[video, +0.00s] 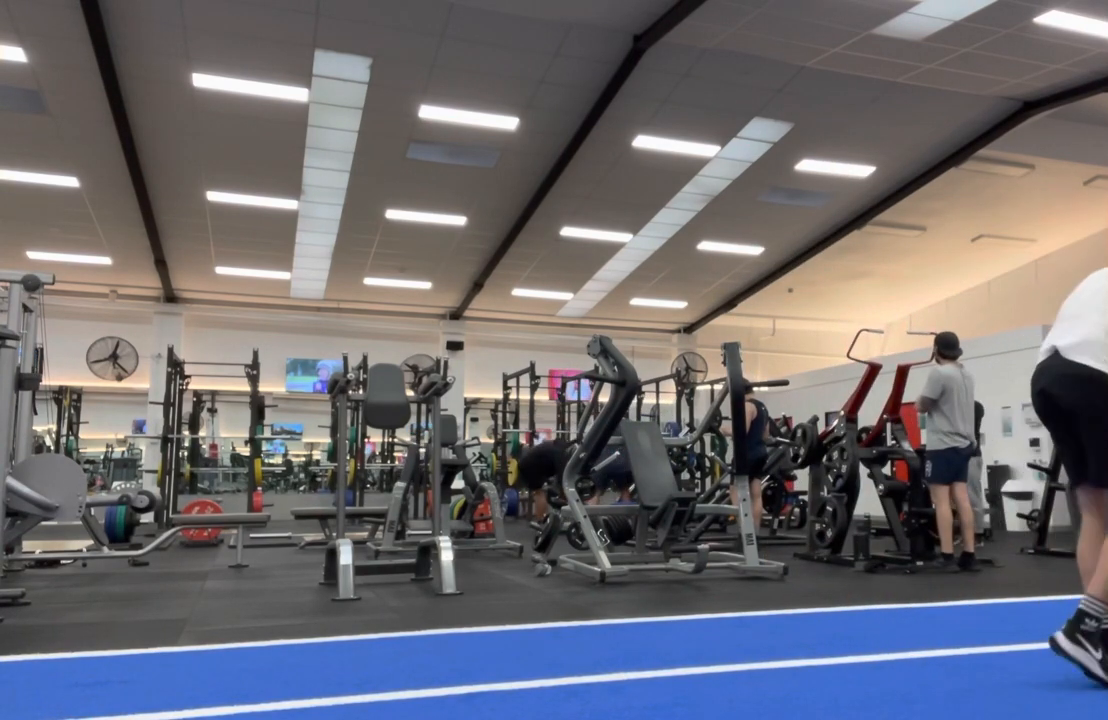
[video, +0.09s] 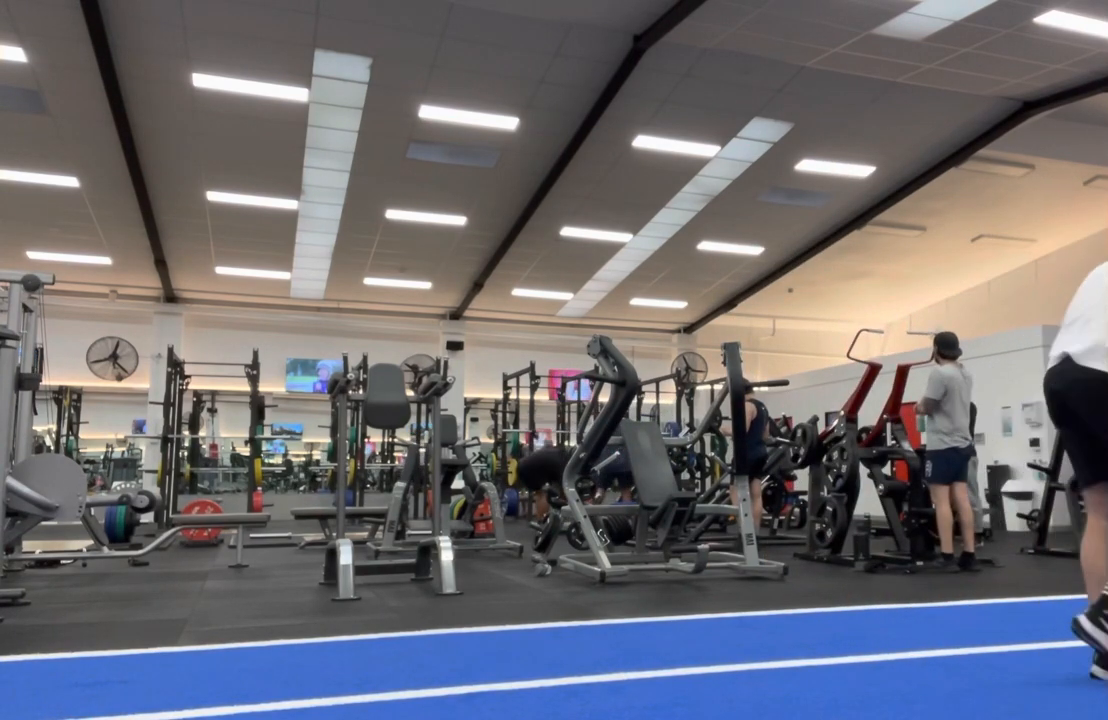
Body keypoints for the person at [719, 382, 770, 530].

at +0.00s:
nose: (733, 395)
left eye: (733, 391)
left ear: (738, 391)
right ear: (750, 388)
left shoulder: (747, 406)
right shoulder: (761, 406)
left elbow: (742, 430)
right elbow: (765, 434)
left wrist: (724, 430)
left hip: (746, 455)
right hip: (760, 453)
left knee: (735, 489)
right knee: (756, 495)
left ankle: (743, 529)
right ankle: (755, 532)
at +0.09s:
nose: (733, 394)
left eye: (733, 391)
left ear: (739, 391)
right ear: (750, 388)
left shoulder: (747, 406)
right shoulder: (761, 406)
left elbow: (743, 429)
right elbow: (765, 433)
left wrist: (724, 430)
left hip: (745, 454)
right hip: (760, 453)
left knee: (735, 489)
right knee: (756, 495)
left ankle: (743, 528)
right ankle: (755, 532)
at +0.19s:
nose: (733, 394)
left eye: (733, 391)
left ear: (738, 391)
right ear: (750, 388)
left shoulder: (747, 406)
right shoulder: (761, 406)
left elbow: (742, 429)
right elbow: (765, 433)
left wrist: (724, 430)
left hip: (745, 454)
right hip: (760, 453)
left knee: (735, 489)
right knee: (756, 495)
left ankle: (743, 528)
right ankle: (755, 532)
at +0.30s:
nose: (733, 394)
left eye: (733, 391)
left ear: (739, 391)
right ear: (750, 388)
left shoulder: (747, 406)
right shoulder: (761, 406)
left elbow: (742, 429)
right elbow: (766, 433)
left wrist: (724, 430)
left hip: (745, 454)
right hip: (760, 453)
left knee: (735, 489)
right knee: (756, 495)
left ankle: (743, 528)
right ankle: (755, 532)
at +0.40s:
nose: (733, 395)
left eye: (733, 391)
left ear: (738, 391)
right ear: (750, 388)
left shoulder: (747, 406)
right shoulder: (761, 406)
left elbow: (742, 429)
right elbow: (765, 434)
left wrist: (723, 429)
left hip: (746, 454)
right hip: (760, 453)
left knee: (735, 489)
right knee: (756, 495)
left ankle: (743, 528)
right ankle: (755, 532)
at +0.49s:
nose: (733, 396)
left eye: (733, 392)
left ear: (738, 392)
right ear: (750, 388)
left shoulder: (747, 405)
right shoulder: (761, 406)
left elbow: (742, 429)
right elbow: (765, 433)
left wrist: (723, 429)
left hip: (746, 454)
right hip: (760, 453)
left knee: (735, 489)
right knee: (756, 495)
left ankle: (743, 529)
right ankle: (755, 533)